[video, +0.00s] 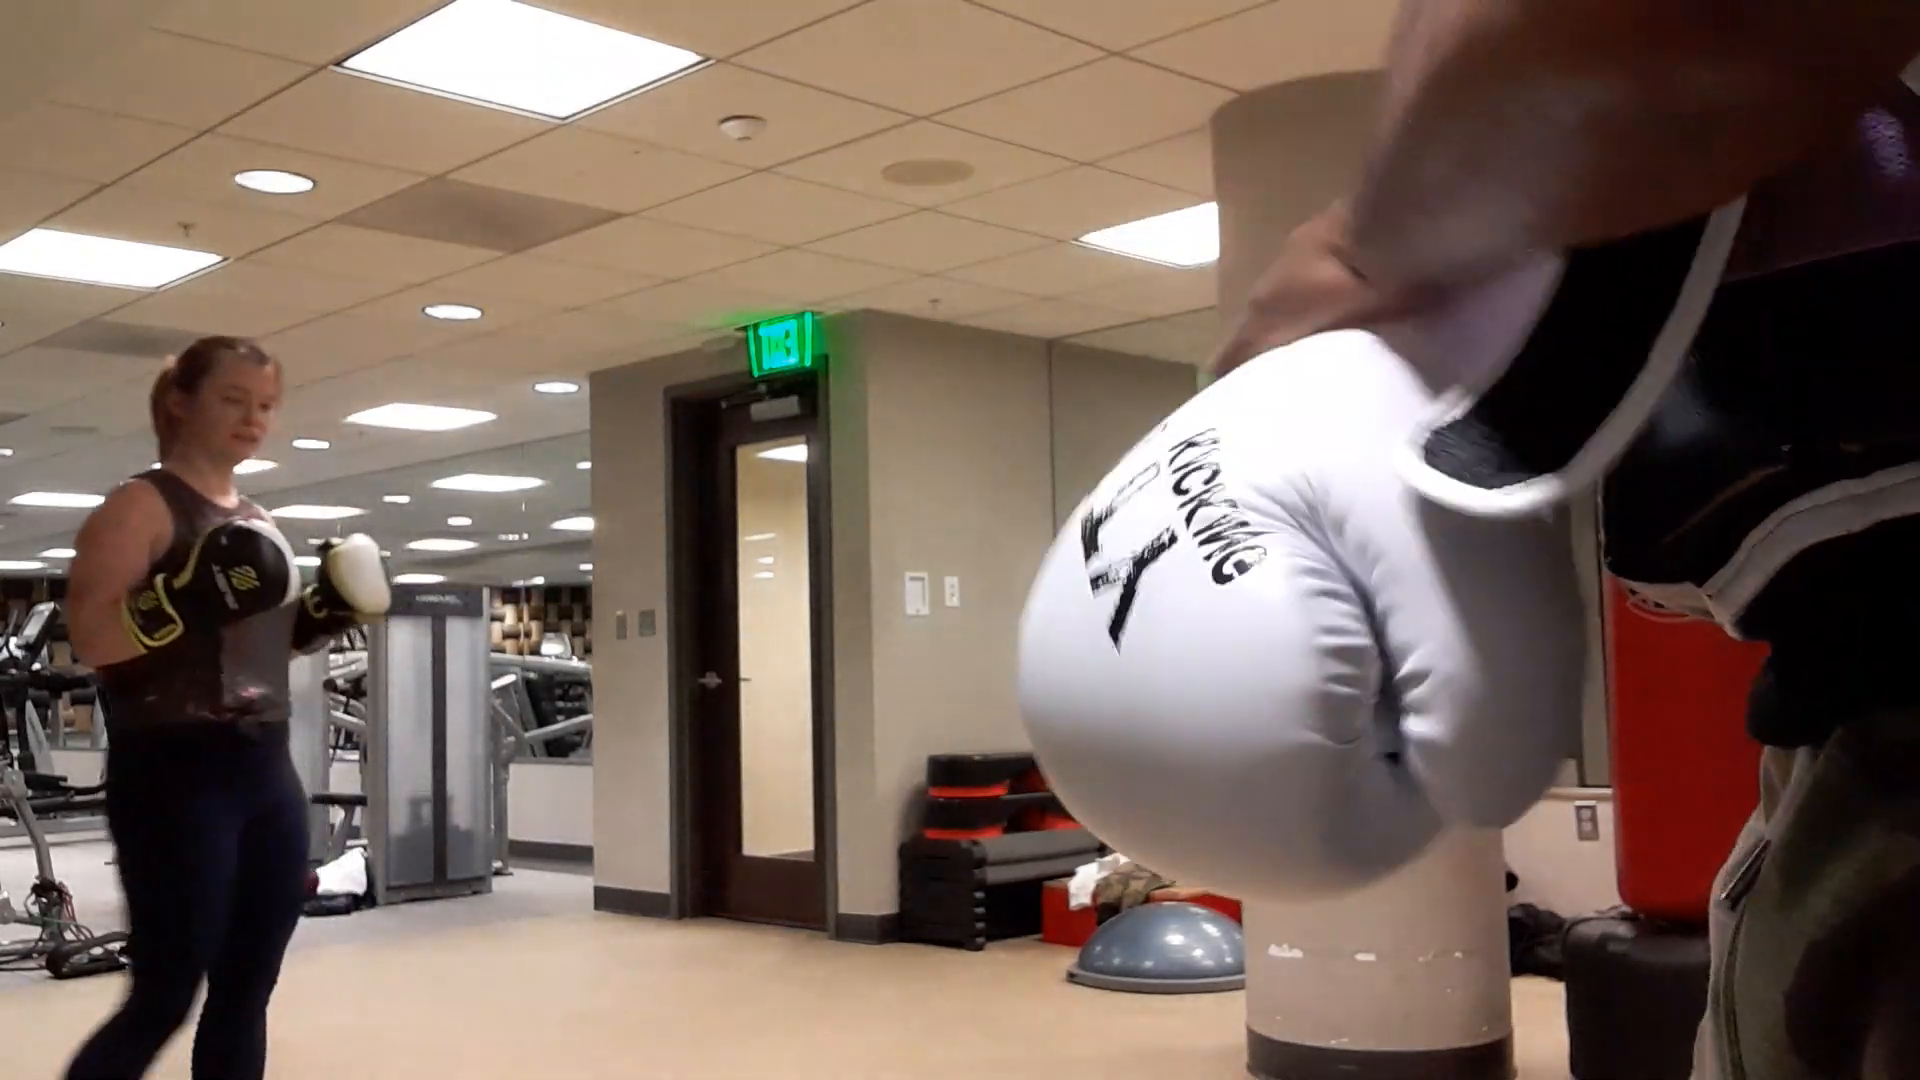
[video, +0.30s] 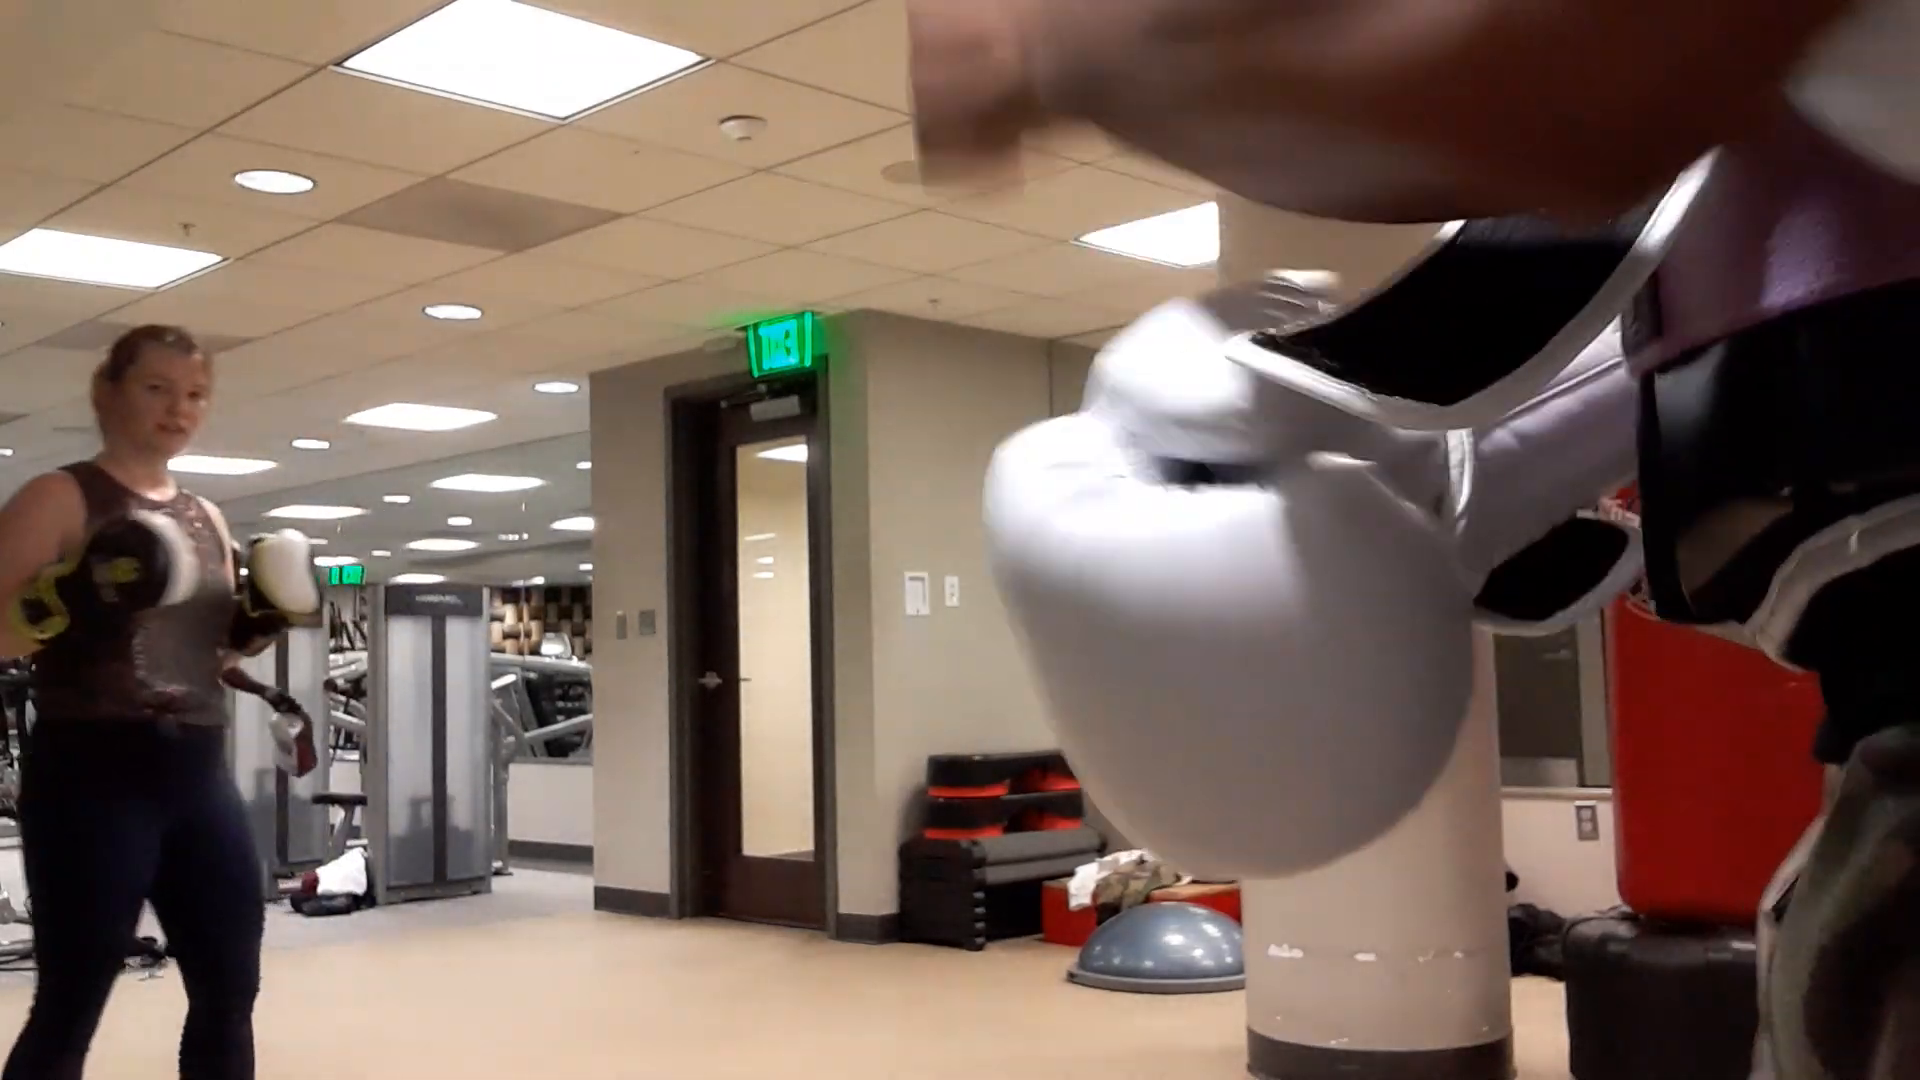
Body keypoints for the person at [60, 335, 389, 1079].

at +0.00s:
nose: (254, 420)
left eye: (266, 407)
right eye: (235, 401)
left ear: (275, 416)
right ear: (180, 403)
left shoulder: (249, 516)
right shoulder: (137, 507)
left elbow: (252, 646)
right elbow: (92, 640)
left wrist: (320, 615)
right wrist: (186, 601)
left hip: (263, 769)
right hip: (170, 772)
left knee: (244, 993)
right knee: (163, 995)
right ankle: (89, 1073)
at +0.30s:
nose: (180, 409)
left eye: (195, 395)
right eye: (158, 389)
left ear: (206, 409)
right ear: (107, 394)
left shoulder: (206, 517)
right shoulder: (57, 500)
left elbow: (216, 644)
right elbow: (2, 632)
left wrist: (263, 618)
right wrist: (78, 600)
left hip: (195, 772)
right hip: (87, 772)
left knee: (228, 987)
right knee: (73, 996)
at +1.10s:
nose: (118, 401)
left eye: (134, 387)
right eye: (96, 380)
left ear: (148, 401)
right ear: (42, 389)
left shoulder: (176, 503)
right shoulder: (10, 496)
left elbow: (200, 637)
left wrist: (234, 599)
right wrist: (8, 585)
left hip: (158, 773)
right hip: (37, 774)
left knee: (189, 1003)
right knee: (24, 1017)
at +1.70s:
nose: (180, 404)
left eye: (196, 389)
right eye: (158, 385)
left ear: (209, 402)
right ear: (110, 393)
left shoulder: (231, 512)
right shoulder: (61, 504)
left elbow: (241, 654)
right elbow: (4, 651)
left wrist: (287, 614)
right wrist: (60, 609)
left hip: (224, 779)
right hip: (102, 779)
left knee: (213, 1007)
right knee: (67, 1008)